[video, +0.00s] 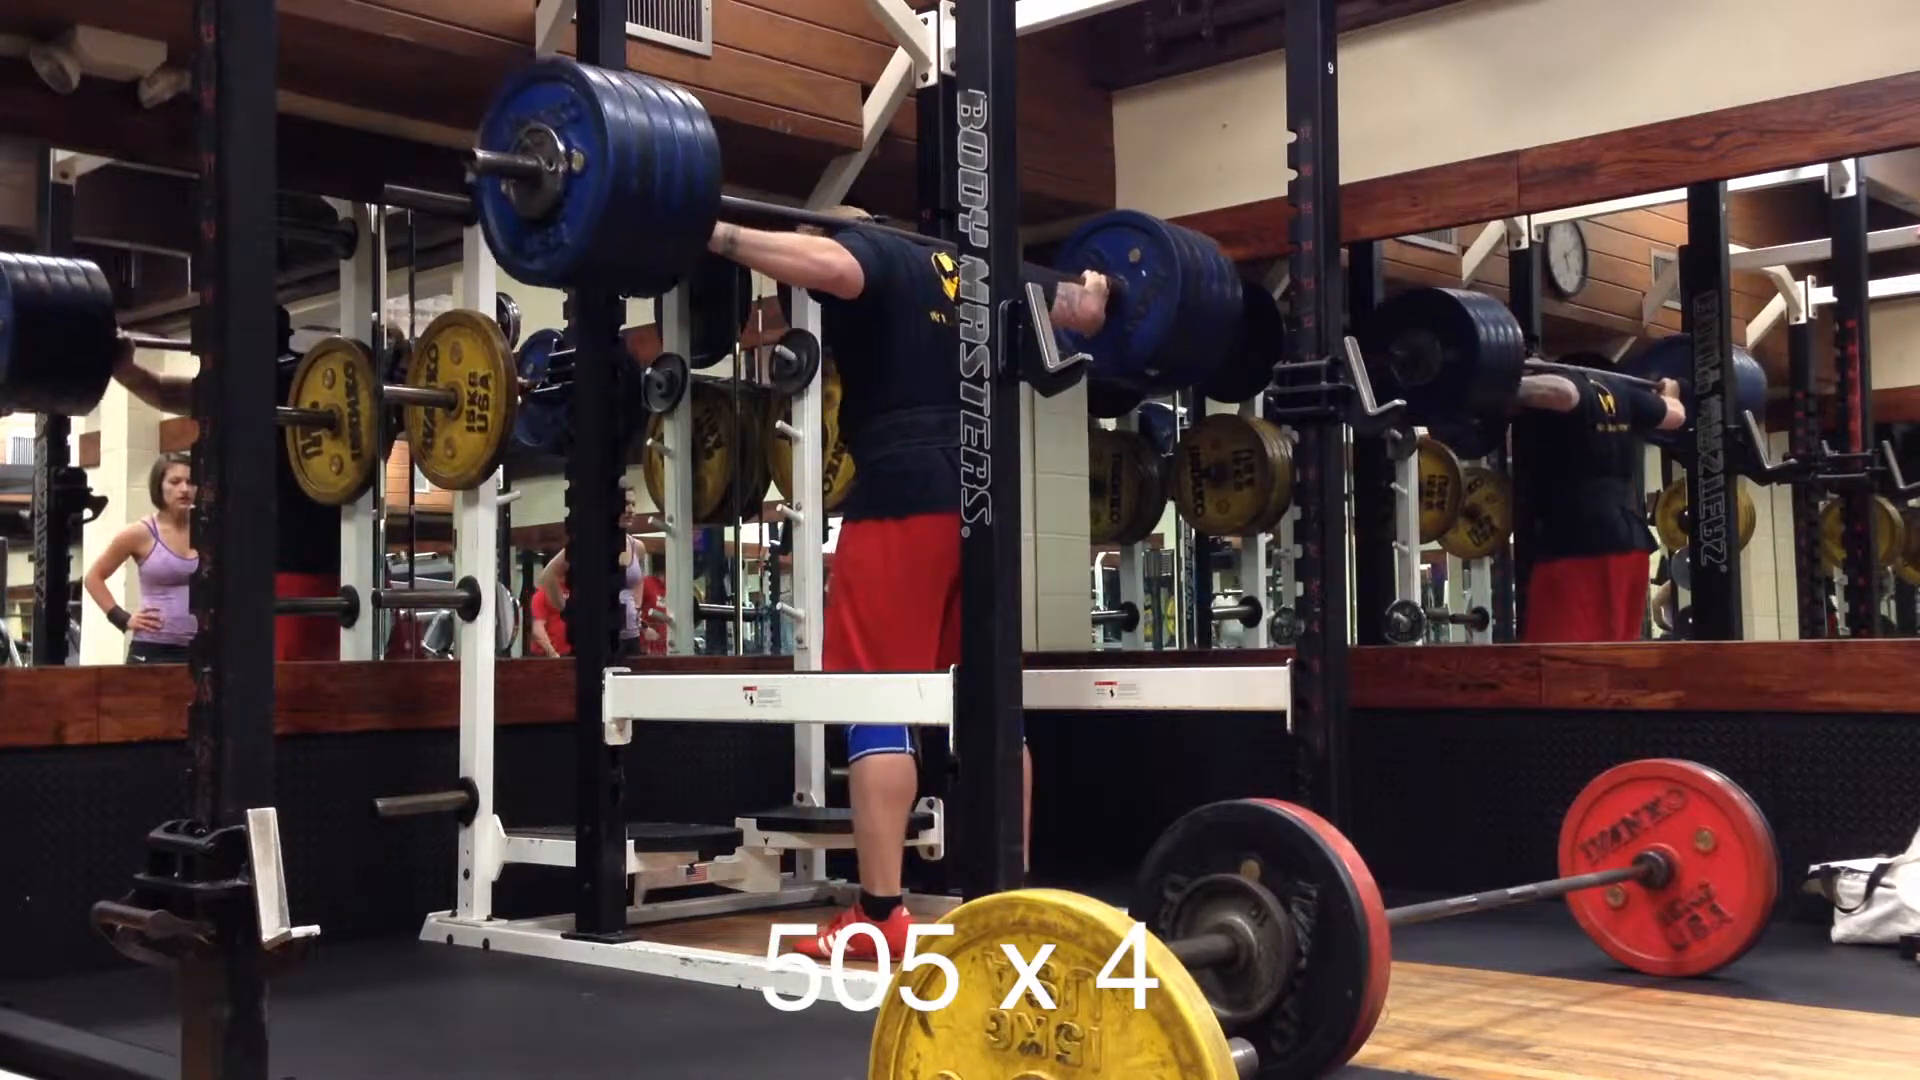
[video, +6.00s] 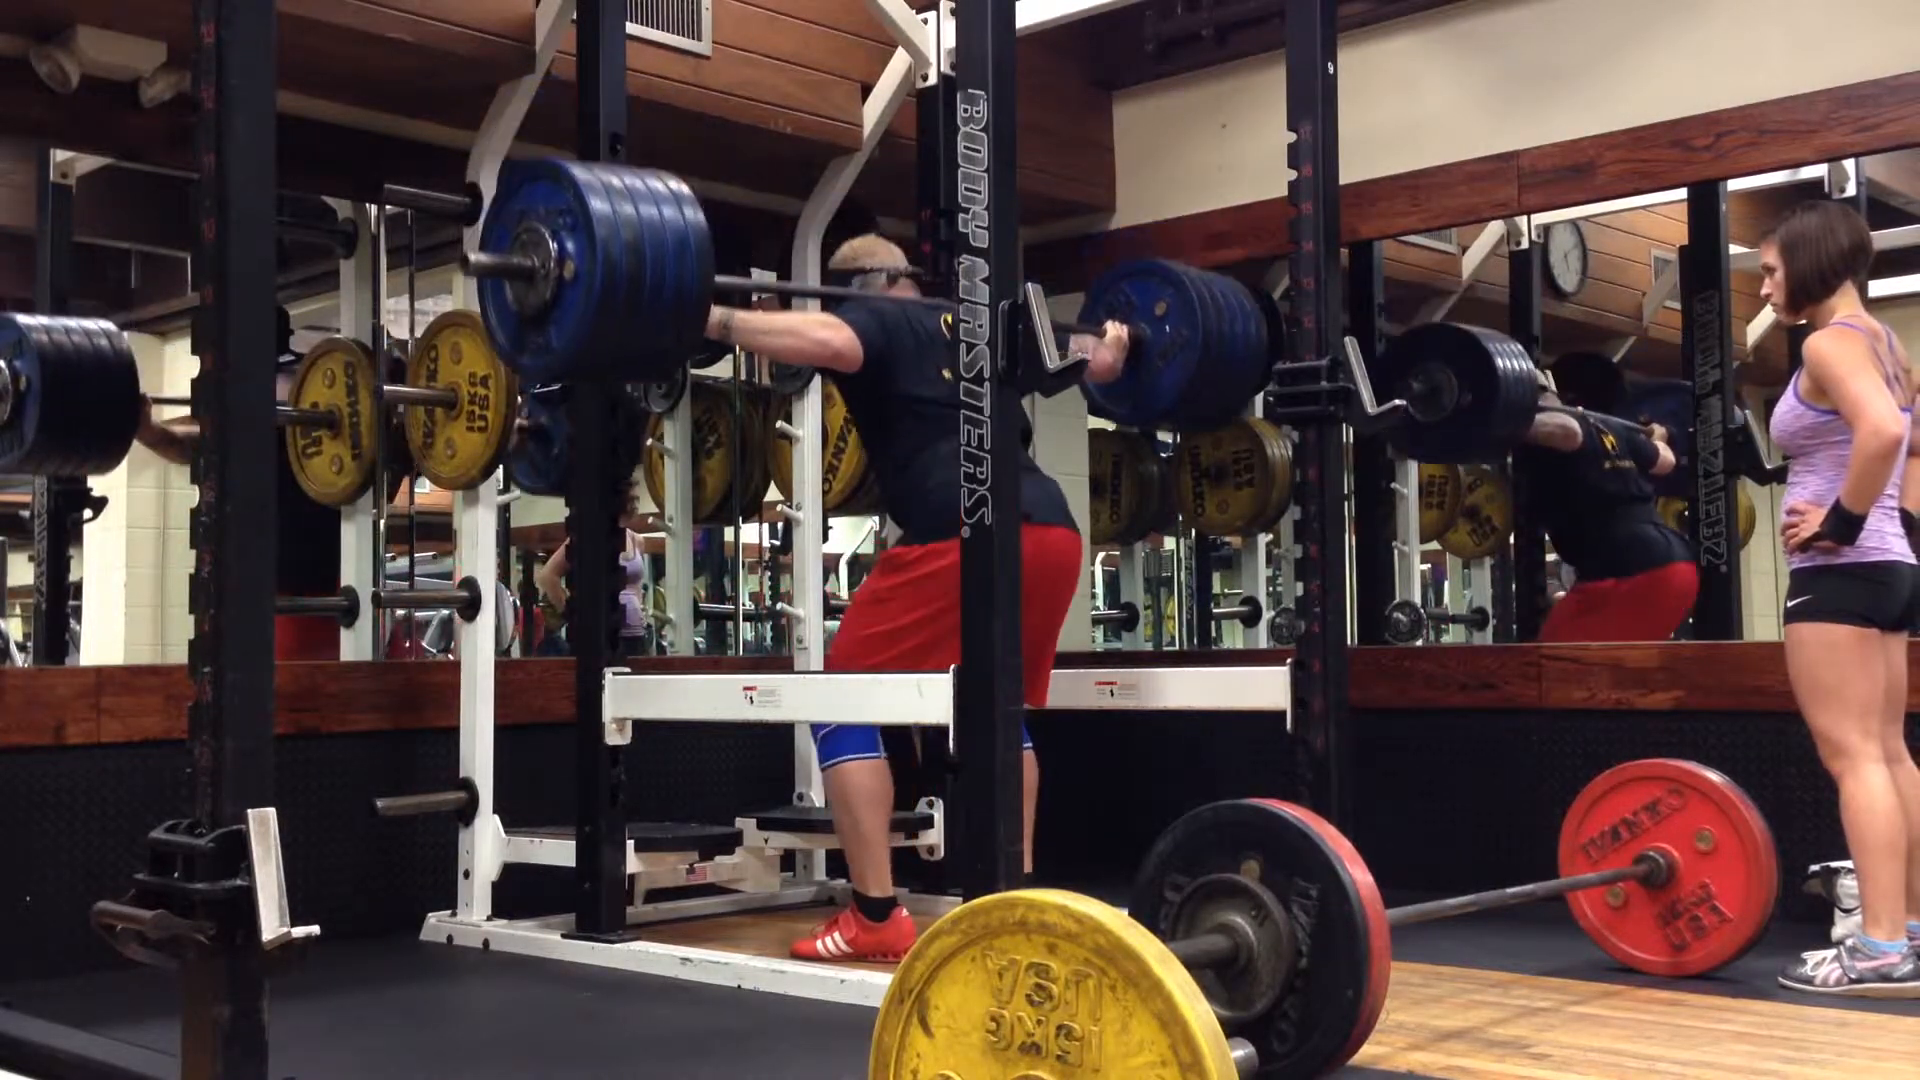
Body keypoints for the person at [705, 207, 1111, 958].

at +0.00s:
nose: (822, 249)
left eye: (822, 239)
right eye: (819, 241)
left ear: (846, 231)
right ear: (906, 223)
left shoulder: (876, 246)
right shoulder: (983, 270)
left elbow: (836, 268)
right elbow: (1081, 309)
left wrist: (720, 235)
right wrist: (1092, 296)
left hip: (907, 500)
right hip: (998, 498)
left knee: (877, 706)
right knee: (994, 706)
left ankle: (880, 911)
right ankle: (1010, 895)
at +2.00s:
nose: (835, 254)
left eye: (833, 245)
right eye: (833, 247)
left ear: (856, 240)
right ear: (902, 226)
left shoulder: (886, 252)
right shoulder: (989, 268)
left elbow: (846, 270)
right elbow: (1098, 307)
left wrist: (730, 241)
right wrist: (1114, 291)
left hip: (918, 498)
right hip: (1007, 498)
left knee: (893, 709)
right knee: (1011, 711)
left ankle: (882, 909)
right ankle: (1016, 901)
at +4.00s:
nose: (832, 250)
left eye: (831, 241)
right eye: (830, 242)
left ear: (853, 235)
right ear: (902, 223)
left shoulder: (878, 249)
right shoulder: (987, 266)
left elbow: (840, 270)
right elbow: (1097, 308)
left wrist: (724, 239)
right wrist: (1120, 289)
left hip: (916, 500)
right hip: (1002, 501)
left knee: (897, 707)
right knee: (1007, 710)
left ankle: (882, 910)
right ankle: (1013, 904)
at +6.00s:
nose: (843, 312)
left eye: (844, 299)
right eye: (843, 301)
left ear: (865, 287)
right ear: (910, 279)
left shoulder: (875, 316)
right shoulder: (977, 327)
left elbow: (834, 344)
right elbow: (1092, 356)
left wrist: (716, 318)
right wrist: (1113, 347)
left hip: (953, 535)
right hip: (1052, 536)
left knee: (842, 704)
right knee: (1004, 717)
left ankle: (875, 911)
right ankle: (1014, 899)